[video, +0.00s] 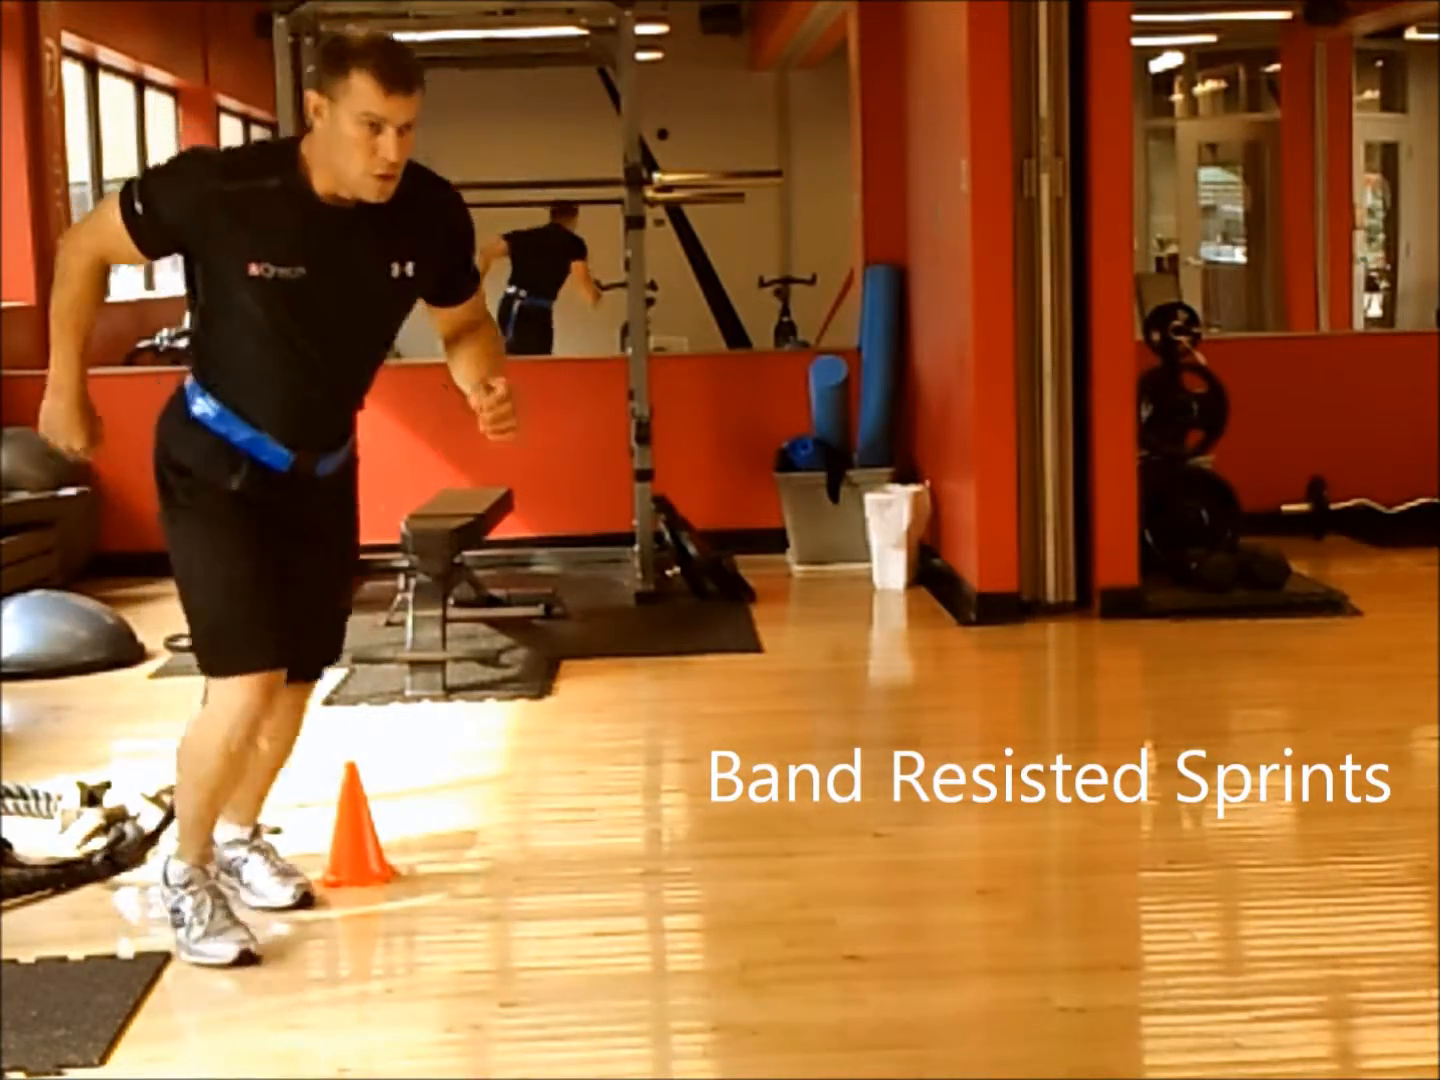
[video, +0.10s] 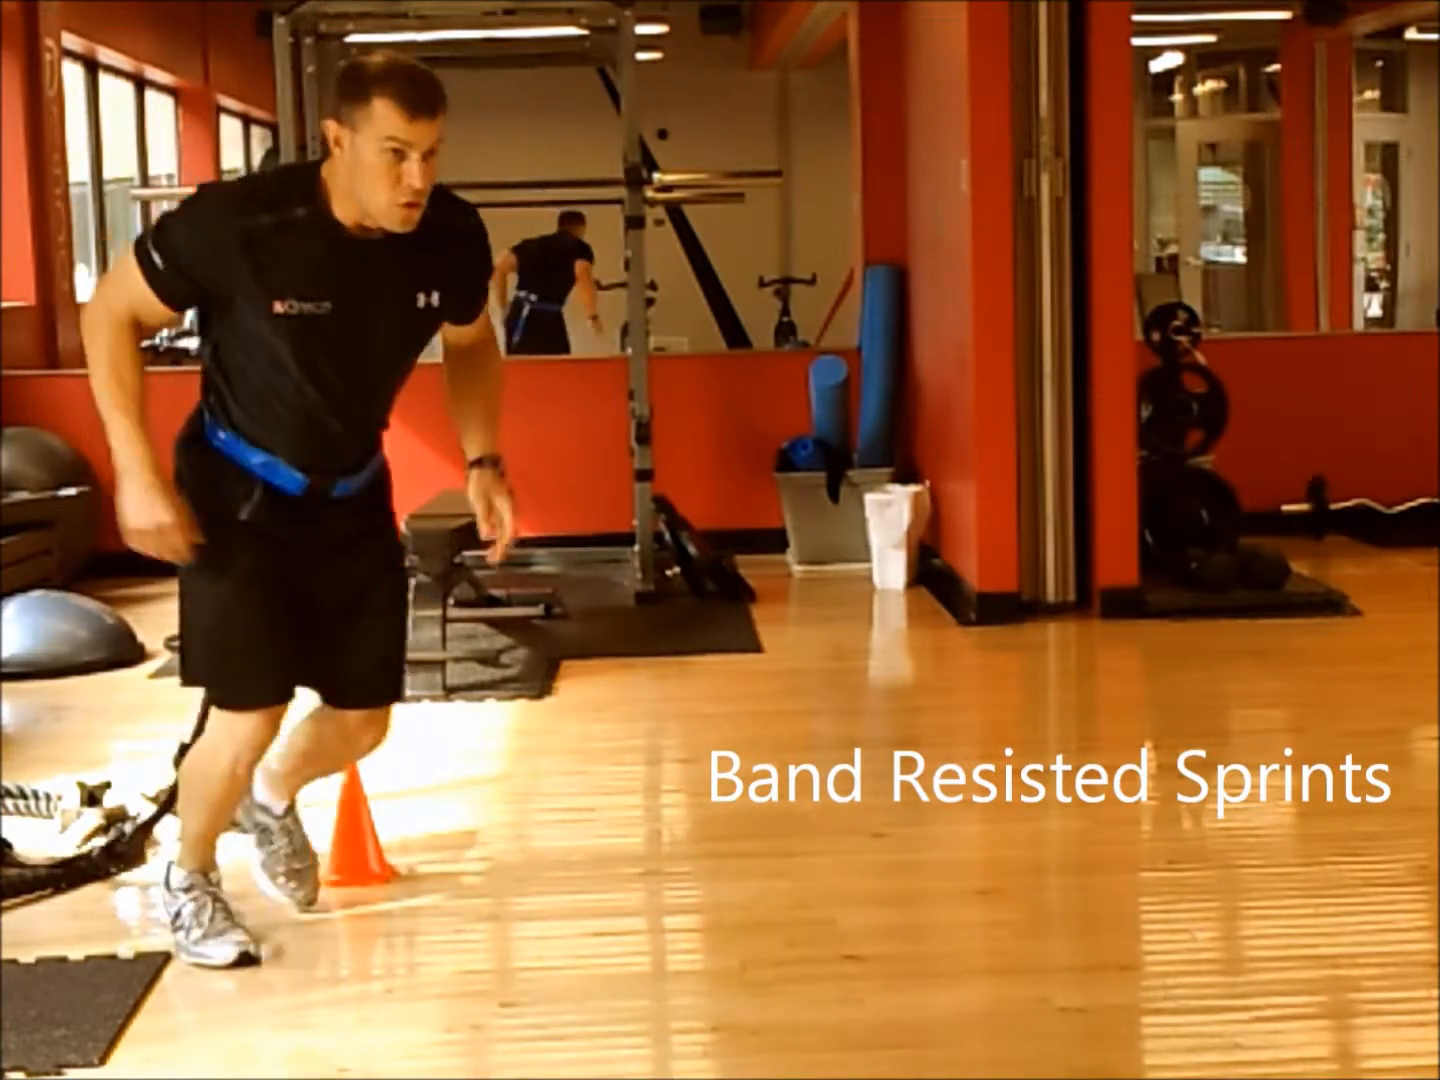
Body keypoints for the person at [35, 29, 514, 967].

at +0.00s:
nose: (394, 149)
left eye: (406, 128)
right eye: (373, 126)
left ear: (418, 125)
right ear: (318, 113)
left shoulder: (427, 214)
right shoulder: (216, 187)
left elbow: (467, 326)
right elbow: (83, 249)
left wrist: (485, 384)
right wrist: (65, 387)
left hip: (320, 473)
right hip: (216, 462)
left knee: (296, 678)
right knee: (246, 678)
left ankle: (236, 837)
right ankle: (183, 872)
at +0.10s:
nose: (419, 179)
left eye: (430, 155)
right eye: (397, 154)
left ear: (442, 150)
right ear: (336, 141)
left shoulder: (450, 239)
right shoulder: (237, 220)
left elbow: (470, 344)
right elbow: (108, 310)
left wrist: (482, 460)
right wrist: (136, 471)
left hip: (352, 499)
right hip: (236, 493)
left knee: (362, 718)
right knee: (251, 709)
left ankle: (259, 794)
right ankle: (187, 875)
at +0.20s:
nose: (460, 170)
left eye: (472, 146)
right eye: (437, 144)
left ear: (485, 143)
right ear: (374, 137)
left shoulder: (491, 226)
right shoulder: (284, 215)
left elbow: (493, 318)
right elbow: (197, 367)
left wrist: (477, 428)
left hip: (400, 493)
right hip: (272, 494)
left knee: (441, 709)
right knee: (245, 715)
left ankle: (350, 802)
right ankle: (191, 877)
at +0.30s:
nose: (560, 127)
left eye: (572, 105)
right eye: (538, 103)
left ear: (582, 101)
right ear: (469, 90)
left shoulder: (570, 184)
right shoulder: (372, 169)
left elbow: (541, 294)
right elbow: (289, 333)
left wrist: (523, 359)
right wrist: (453, 320)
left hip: (464, 467)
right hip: (332, 468)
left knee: (515, 668)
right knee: (280, 672)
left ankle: (482, 914)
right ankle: (205, 850)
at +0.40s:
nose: (660, 133)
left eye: (677, 111)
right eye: (637, 105)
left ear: (688, 108)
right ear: (570, 86)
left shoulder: (659, 186)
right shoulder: (457, 164)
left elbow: (603, 295)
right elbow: (339, 317)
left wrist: (606, 387)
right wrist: (505, 409)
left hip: (536, 474)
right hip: (403, 469)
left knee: (590, 709)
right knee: (374, 730)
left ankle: (535, 971)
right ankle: (234, 763)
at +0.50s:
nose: (746, 120)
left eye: (764, 95)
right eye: (726, 90)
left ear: (776, 88)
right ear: (651, 63)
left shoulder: (744, 192)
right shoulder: (525, 157)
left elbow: (737, 332)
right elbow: (371, 275)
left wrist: (755, 435)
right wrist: (368, 457)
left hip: (611, 488)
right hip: (482, 486)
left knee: (616, 742)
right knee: (500, 771)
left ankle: (534, 972)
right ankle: (327, 741)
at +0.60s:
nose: (836, 72)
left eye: (852, 45)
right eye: (810, 40)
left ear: (863, 38)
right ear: (732, 19)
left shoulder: (834, 130)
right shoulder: (603, 91)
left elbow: (835, 301)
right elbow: (398, 134)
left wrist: (919, 296)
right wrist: (363, 324)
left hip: (658, 447)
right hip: (542, 434)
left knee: (632, 711)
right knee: (629, 707)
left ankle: (534, 950)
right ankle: (470, 927)